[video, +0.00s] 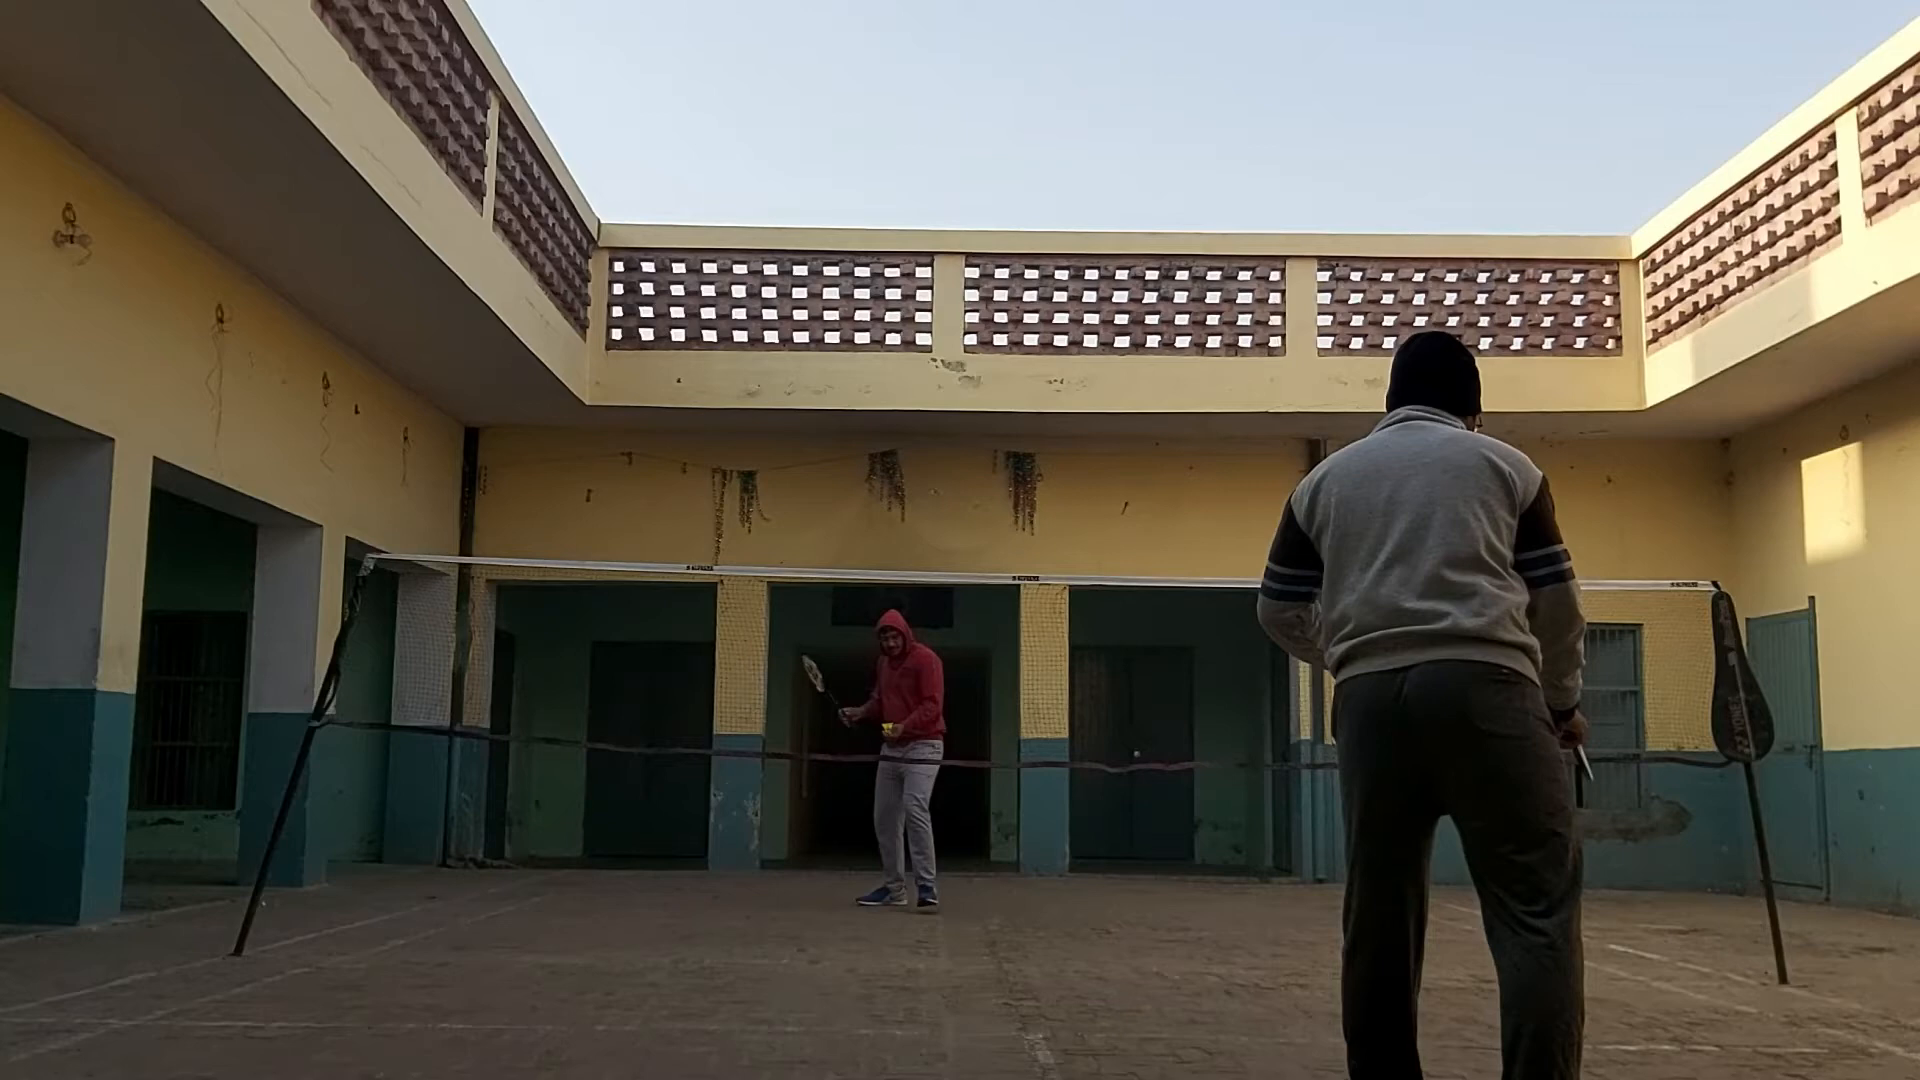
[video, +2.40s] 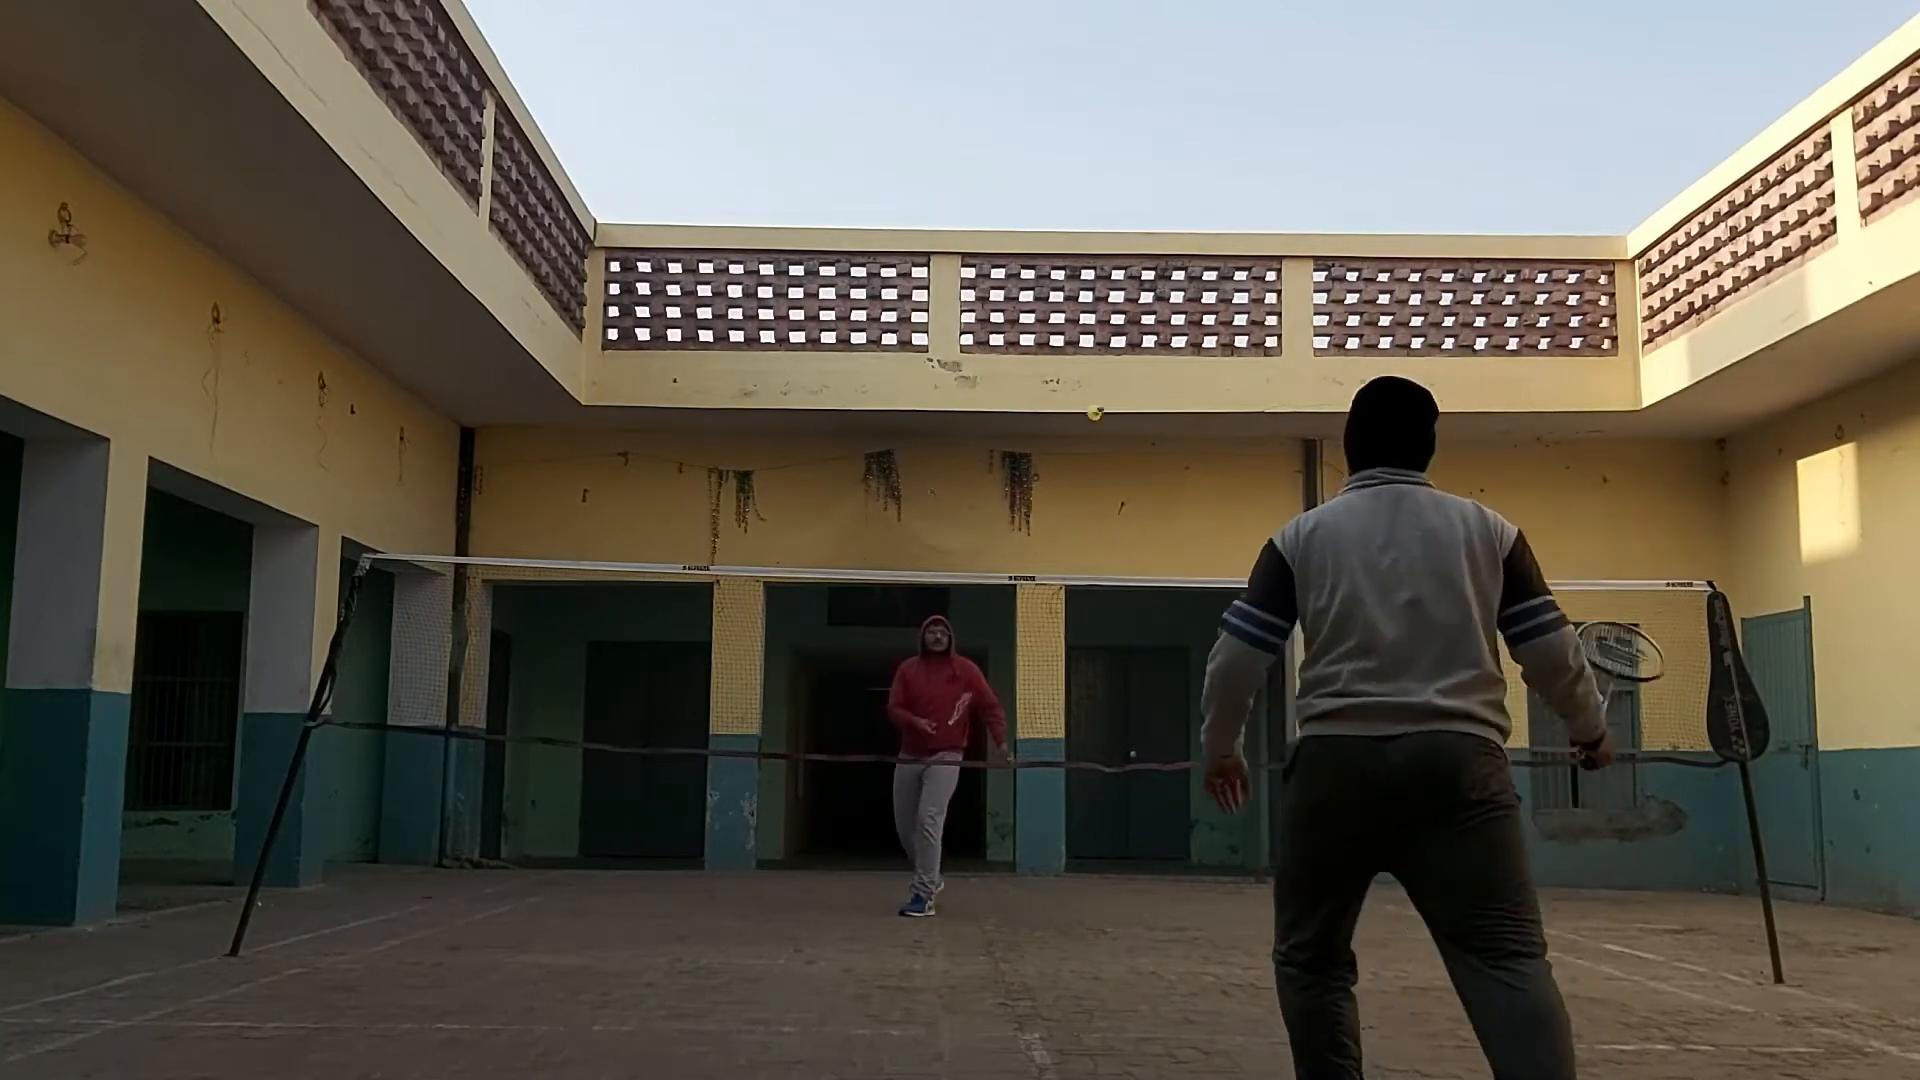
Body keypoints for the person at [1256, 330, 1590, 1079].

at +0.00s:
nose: (1478, 414)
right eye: (1478, 404)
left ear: (1390, 398)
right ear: (1470, 404)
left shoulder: (1323, 480)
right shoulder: (1508, 467)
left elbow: (1281, 609)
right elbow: (1557, 602)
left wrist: (1354, 656)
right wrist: (1563, 700)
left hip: (1371, 703)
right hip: (1491, 698)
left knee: (1380, 905)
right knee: (1534, 908)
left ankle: (1382, 1079)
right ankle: (1541, 1075)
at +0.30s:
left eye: (1424, 378)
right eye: (1501, 378)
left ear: (1419, 386)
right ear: (1505, 384)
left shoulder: (1366, 473)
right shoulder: (1561, 465)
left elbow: (1328, 597)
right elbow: (1603, 612)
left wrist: (1412, 563)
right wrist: (1572, 694)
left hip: (1401, 720)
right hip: (1528, 719)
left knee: (1396, 934)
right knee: (1562, 934)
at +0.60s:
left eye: (1450, 362)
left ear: (1451, 371)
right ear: (1541, 365)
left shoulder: (1406, 451)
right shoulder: (1618, 457)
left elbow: (1356, 549)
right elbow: (1665, 603)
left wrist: (1439, 439)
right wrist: (1590, 654)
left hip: (1443, 716)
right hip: (1576, 715)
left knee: (1408, 928)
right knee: (1578, 945)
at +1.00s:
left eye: (1435, 370)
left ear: (1439, 377)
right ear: (1526, 377)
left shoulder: (1389, 468)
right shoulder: (1594, 463)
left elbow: (1334, 595)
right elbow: (1648, 603)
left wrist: (1420, 550)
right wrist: (1597, 675)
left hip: (1423, 720)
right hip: (1556, 716)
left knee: (1399, 929)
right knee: (1570, 941)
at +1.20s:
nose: (1404, 423)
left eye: (1405, 413)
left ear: (1411, 414)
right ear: (1495, 407)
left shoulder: (1370, 491)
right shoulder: (1565, 472)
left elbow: (1328, 636)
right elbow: (1639, 598)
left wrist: (1406, 670)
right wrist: (1600, 699)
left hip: (1407, 719)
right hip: (1539, 712)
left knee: (1388, 924)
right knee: (1563, 939)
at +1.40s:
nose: (1379, 448)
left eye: (1381, 439)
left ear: (1384, 437)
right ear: (1468, 430)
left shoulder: (1346, 510)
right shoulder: (1529, 487)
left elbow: (1320, 664)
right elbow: (1605, 621)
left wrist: (1337, 755)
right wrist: (1578, 731)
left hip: (1402, 726)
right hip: (1533, 715)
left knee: (1386, 929)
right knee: (1561, 936)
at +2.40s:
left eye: (1352, 439)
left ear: (1349, 446)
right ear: (1430, 447)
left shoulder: (1303, 536)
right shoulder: (1490, 531)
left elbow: (1236, 658)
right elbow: (1551, 656)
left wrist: (1221, 746)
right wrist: (1591, 726)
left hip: (1332, 765)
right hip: (1460, 763)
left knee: (1311, 957)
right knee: (1506, 955)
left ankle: (1333, 1078)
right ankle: (1544, 1073)